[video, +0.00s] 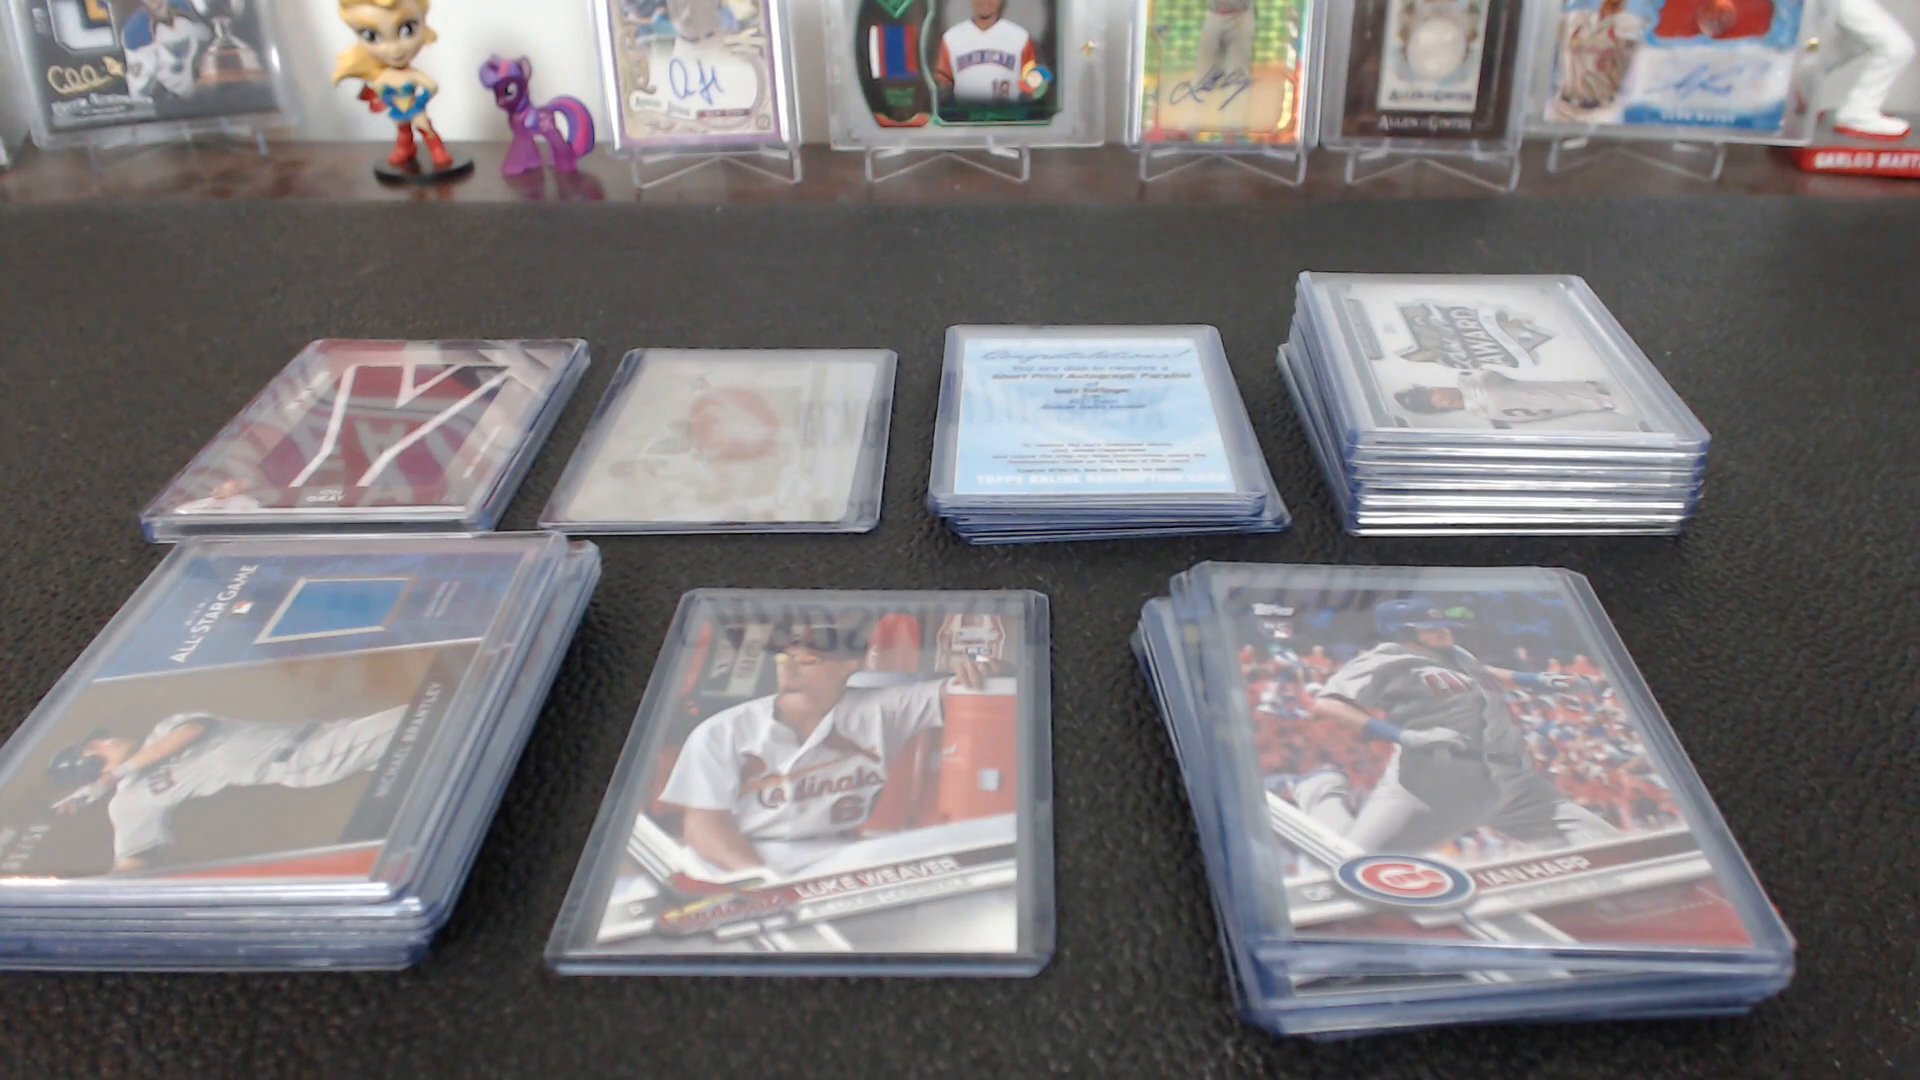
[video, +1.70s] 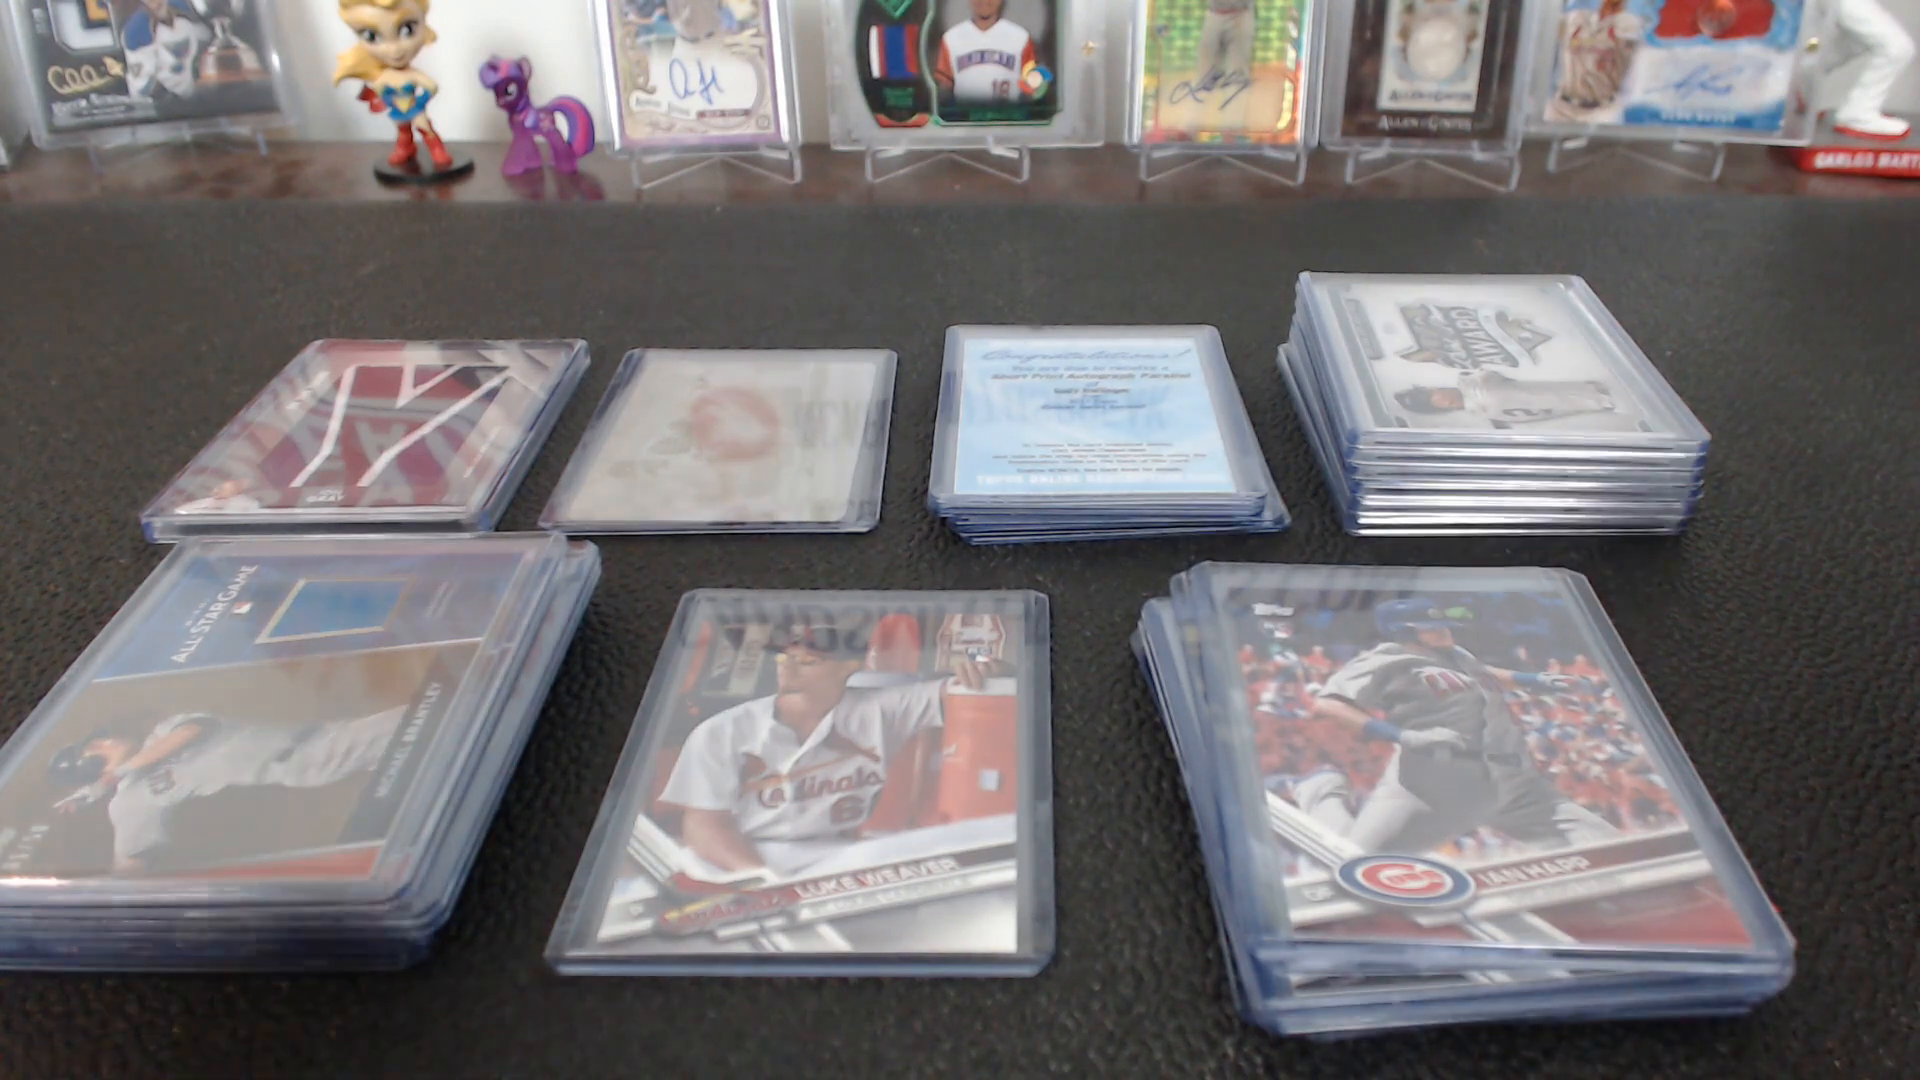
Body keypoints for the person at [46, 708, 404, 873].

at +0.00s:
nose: (111, 740)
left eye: (101, 739)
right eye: (101, 747)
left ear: (108, 742)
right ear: (100, 771)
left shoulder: (161, 729)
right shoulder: (131, 799)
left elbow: (193, 732)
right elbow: (129, 871)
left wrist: (119, 773)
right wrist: (82, 899)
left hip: (312, 733)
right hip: (299, 760)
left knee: (416, 722)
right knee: (414, 718)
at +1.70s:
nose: (109, 751)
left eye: (98, 747)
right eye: (99, 760)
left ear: (108, 736)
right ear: (100, 776)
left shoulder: (160, 727)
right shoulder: (131, 801)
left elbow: (191, 733)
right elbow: (128, 872)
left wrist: (117, 775)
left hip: (305, 735)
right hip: (291, 768)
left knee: (412, 719)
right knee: (408, 721)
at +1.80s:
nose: (104, 771)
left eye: (98, 758)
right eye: (94, 774)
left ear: (112, 741)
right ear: (96, 786)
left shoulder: (161, 731)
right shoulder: (130, 802)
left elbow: (193, 732)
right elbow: (130, 871)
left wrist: (124, 770)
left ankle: (418, 715)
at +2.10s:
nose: (115, 741)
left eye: (106, 739)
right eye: (104, 744)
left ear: (109, 742)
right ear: (100, 764)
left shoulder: (163, 727)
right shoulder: (129, 802)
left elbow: (196, 731)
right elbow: (129, 872)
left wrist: (115, 777)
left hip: (294, 736)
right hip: (277, 774)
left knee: (407, 721)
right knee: (399, 726)